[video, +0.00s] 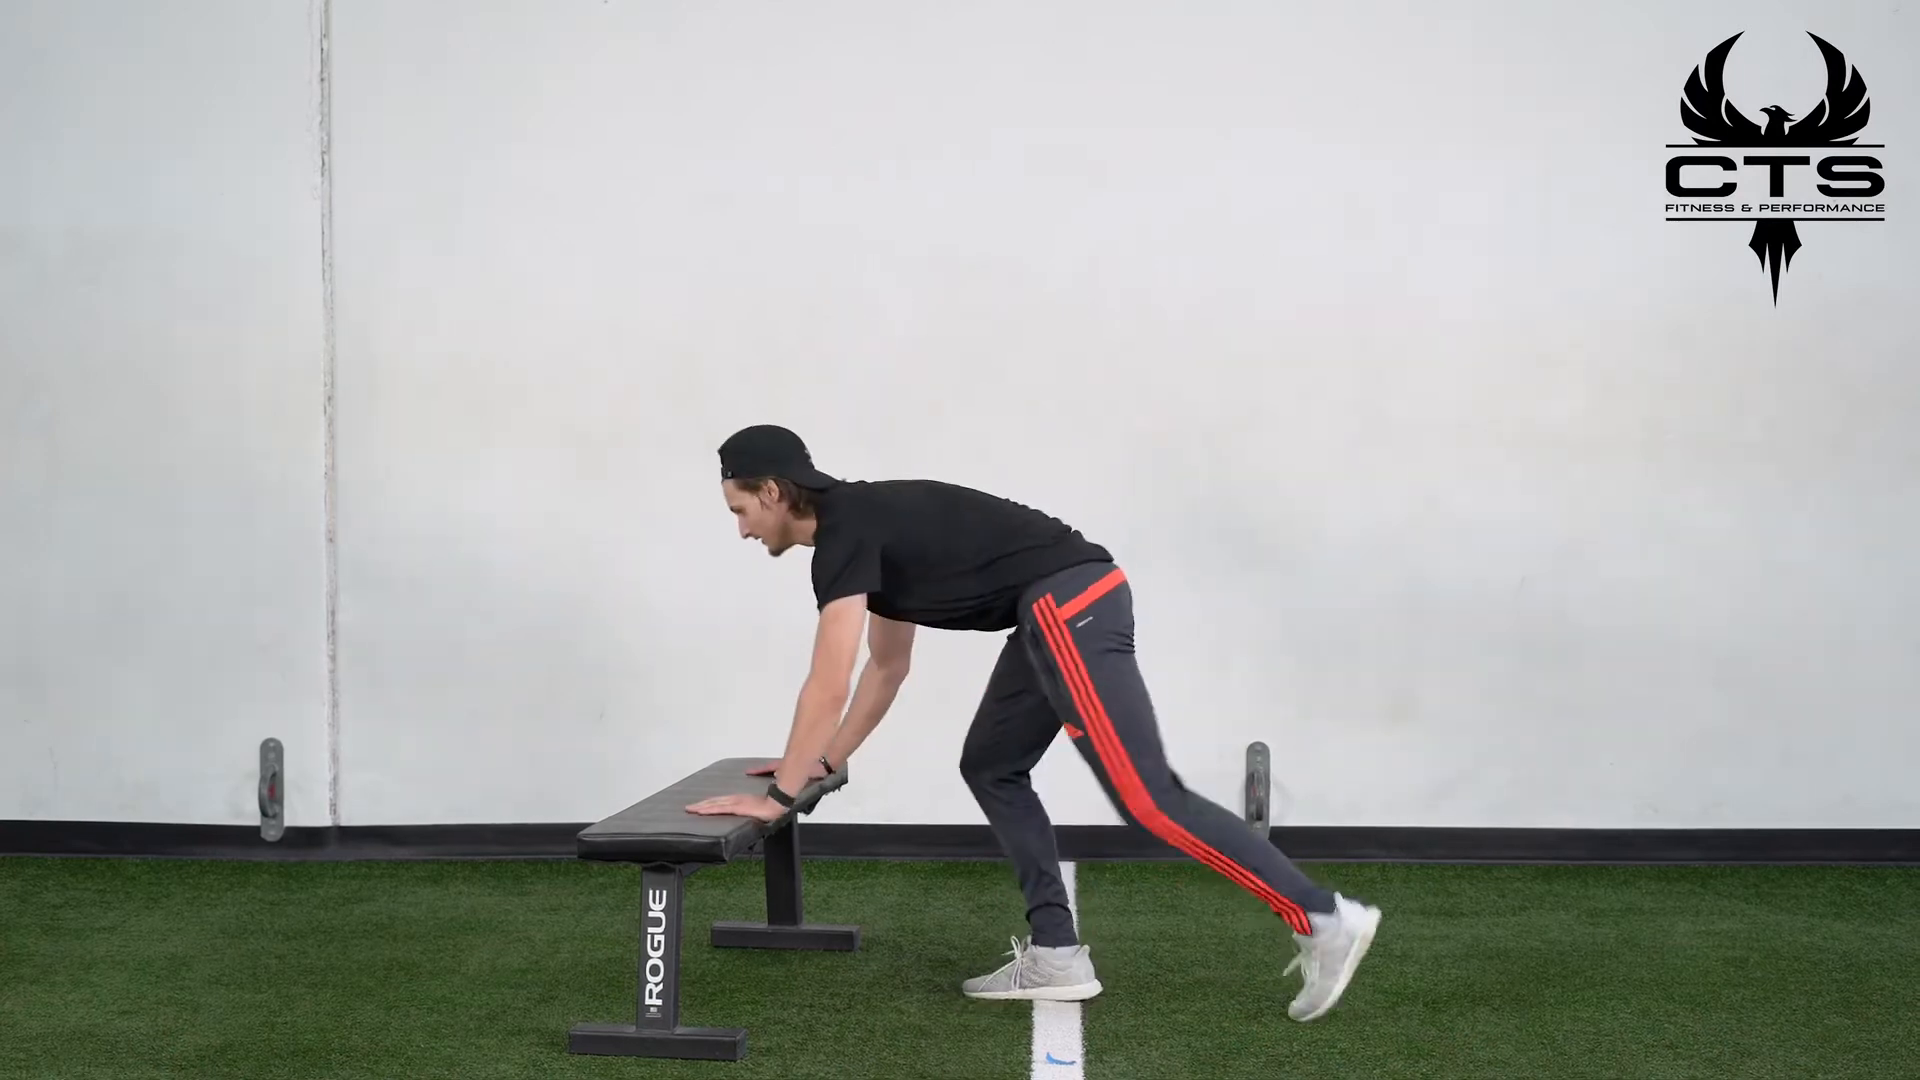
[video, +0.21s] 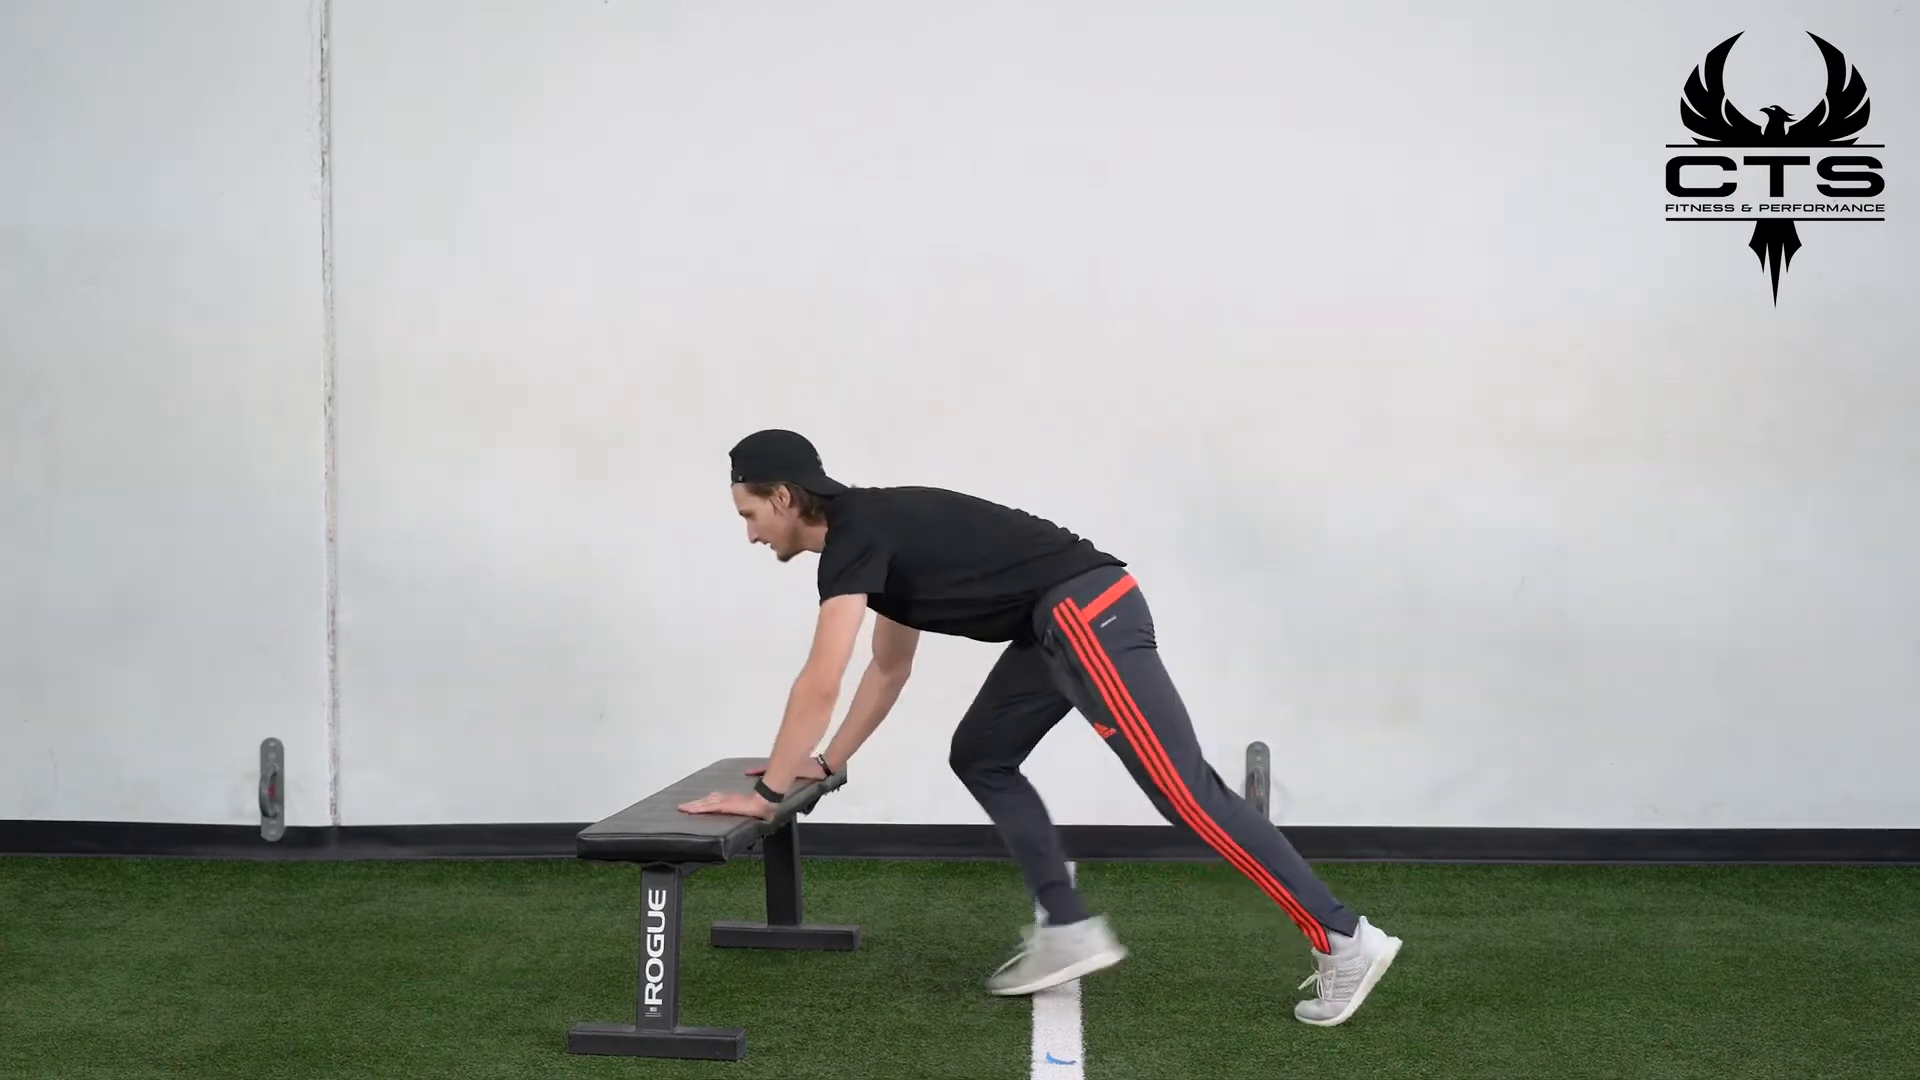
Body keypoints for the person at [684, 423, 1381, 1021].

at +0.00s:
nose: (738, 526)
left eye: (739, 508)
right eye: (734, 511)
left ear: (778, 492)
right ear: (782, 490)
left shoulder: (844, 531)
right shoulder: (872, 527)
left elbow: (828, 678)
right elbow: (885, 670)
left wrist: (778, 792)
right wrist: (825, 762)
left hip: (1070, 598)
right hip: (1052, 607)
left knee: (1148, 797)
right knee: (992, 765)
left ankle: (1328, 920)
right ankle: (1055, 953)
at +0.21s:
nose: (747, 527)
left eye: (749, 510)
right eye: (742, 513)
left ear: (792, 494)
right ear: (793, 495)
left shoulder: (856, 531)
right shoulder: (885, 536)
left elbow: (822, 676)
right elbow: (887, 670)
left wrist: (766, 791)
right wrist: (828, 763)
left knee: (1188, 793)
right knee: (981, 755)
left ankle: (1348, 941)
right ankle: (1069, 926)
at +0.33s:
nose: (738, 529)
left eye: (741, 512)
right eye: (734, 514)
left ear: (785, 497)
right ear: (784, 496)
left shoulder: (849, 536)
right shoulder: (867, 535)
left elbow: (828, 680)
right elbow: (885, 668)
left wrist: (771, 796)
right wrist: (832, 759)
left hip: (1081, 611)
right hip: (1059, 623)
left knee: (1189, 791)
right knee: (1030, 792)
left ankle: (1348, 940)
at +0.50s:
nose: (709, 529)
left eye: (712, 512)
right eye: (705, 513)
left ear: (755, 498)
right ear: (765, 496)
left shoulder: (824, 547)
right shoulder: (842, 535)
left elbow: (831, 690)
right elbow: (881, 678)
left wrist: (769, 797)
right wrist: (819, 768)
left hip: (1045, 641)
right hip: (1046, 637)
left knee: (1171, 806)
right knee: (1161, 808)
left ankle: (1348, 939)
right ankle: (1345, 918)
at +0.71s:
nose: (654, 601)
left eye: (656, 583)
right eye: (651, 585)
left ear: (693, 574)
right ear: (700, 570)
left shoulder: (775, 610)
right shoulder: (786, 603)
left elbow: (843, 722)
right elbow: (858, 726)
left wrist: (782, 799)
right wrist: (797, 774)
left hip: (995, 717)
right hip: (995, 710)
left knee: (1160, 830)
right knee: (1160, 825)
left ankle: (1353, 931)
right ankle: (1341, 927)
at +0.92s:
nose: (610, 722)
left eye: (609, 706)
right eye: (604, 710)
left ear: (639, 685)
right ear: (650, 676)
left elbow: (801, 698)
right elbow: (890, 673)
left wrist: (771, 805)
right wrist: (830, 763)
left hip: (951, 766)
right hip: (959, 750)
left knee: (1130, 859)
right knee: (1133, 843)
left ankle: (1340, 928)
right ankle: (1331, 922)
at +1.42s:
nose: (652, 609)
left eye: (653, 591)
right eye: (647, 594)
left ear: (689, 576)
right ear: (692, 577)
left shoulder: (762, 608)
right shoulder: (783, 600)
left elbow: (824, 710)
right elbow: (879, 708)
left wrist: (772, 804)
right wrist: (814, 771)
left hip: (996, 704)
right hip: (997, 700)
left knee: (1162, 822)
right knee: (1164, 816)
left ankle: (1350, 929)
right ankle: (1339, 924)